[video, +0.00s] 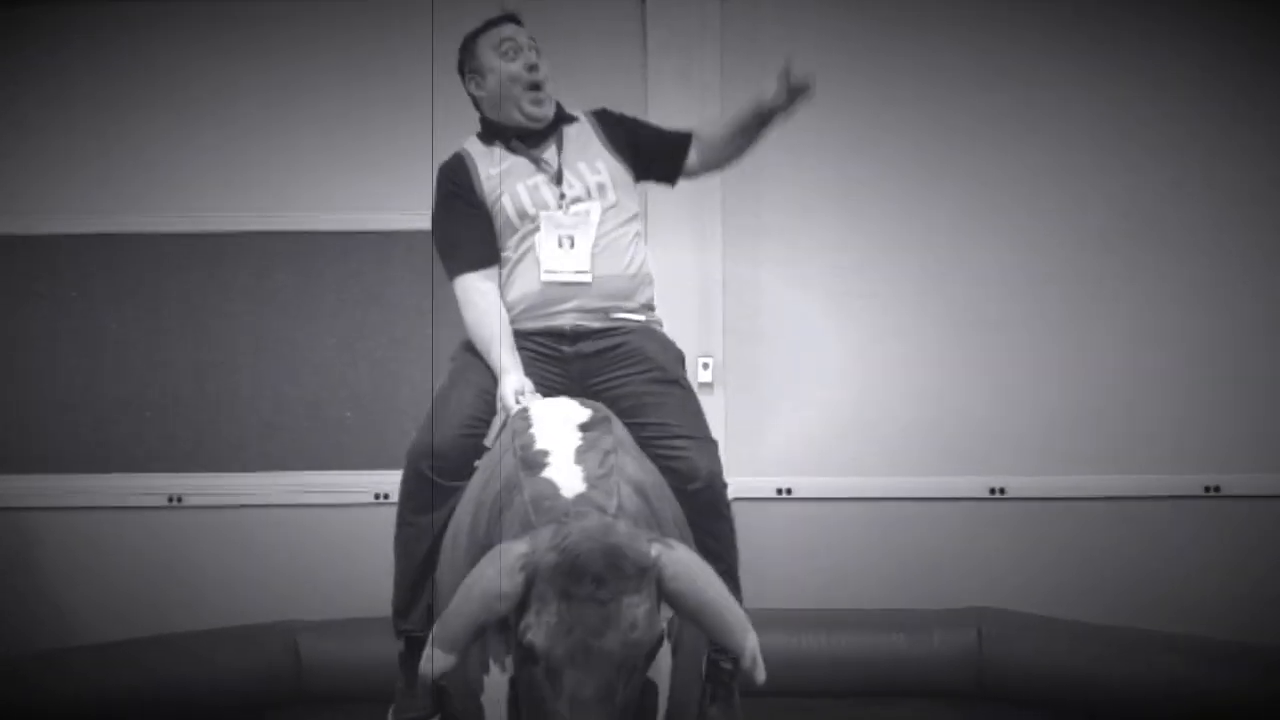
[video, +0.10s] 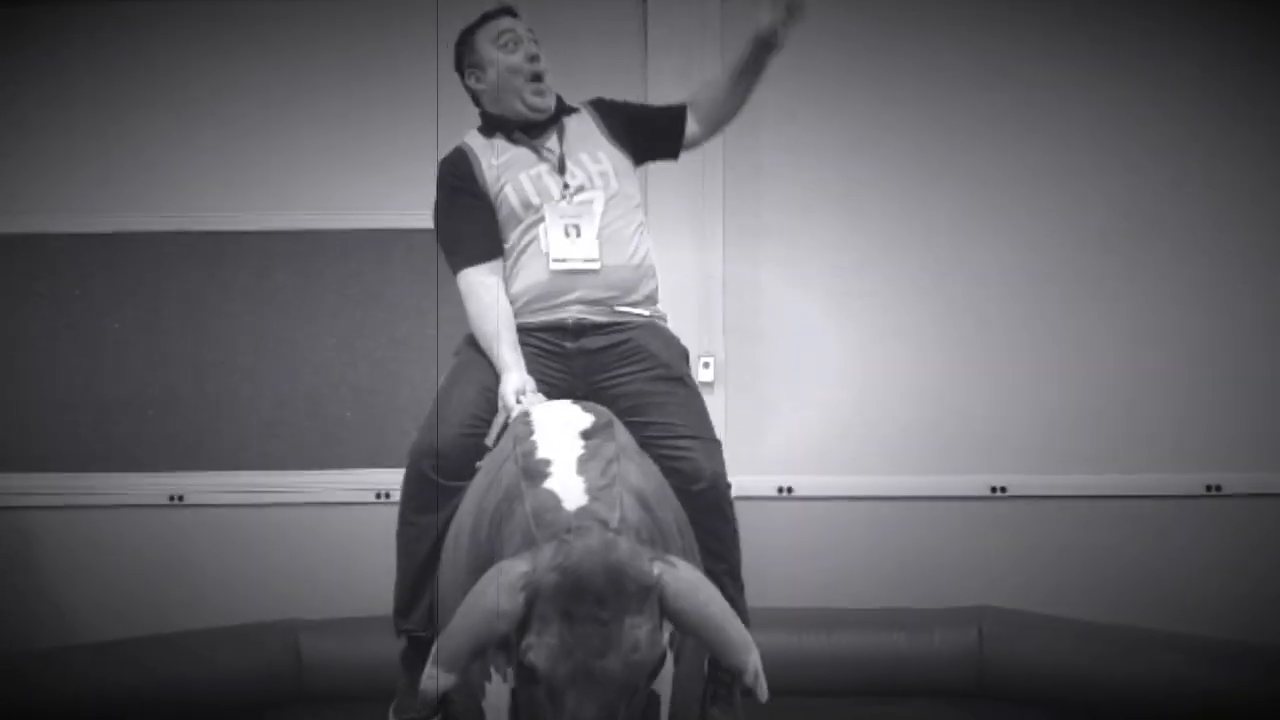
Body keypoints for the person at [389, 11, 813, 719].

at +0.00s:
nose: (533, 64)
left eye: (534, 51)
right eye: (509, 56)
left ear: (547, 65)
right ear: (474, 87)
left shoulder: (605, 132)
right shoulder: (466, 172)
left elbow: (699, 155)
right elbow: (474, 284)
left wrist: (765, 111)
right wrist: (508, 371)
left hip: (626, 339)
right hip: (519, 346)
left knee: (700, 476)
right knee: (434, 456)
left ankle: (725, 663)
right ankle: (418, 652)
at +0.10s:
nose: (532, 55)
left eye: (533, 43)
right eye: (508, 47)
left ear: (546, 61)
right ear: (474, 84)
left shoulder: (604, 121)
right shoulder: (467, 165)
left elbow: (701, 116)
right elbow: (479, 279)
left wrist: (761, 46)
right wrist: (510, 368)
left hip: (630, 336)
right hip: (523, 343)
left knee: (703, 475)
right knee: (436, 458)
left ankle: (730, 666)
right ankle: (420, 659)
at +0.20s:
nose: (533, 50)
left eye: (532, 38)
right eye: (509, 43)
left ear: (548, 57)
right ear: (477, 80)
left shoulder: (607, 114)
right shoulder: (470, 160)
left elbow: (694, 89)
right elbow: (483, 278)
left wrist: (742, 10)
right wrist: (513, 368)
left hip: (633, 331)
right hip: (521, 339)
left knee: (705, 475)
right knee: (437, 455)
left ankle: (728, 662)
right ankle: (423, 658)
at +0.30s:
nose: (529, 45)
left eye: (527, 35)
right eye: (505, 40)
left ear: (542, 55)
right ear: (473, 80)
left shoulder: (604, 111)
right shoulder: (469, 158)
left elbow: (685, 76)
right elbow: (485, 278)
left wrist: (717, 8)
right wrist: (514, 370)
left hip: (636, 328)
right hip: (525, 336)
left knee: (708, 474)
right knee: (438, 456)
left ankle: (730, 655)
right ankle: (421, 654)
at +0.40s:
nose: (528, 51)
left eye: (527, 43)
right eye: (506, 45)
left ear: (539, 63)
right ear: (467, 80)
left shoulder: (601, 111)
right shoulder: (468, 158)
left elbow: (677, 75)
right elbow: (487, 276)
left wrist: (701, 2)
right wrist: (516, 371)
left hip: (637, 328)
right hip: (522, 336)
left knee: (709, 477)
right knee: (439, 462)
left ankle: (728, 661)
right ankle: (421, 665)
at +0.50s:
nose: (519, 51)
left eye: (516, 45)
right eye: (496, 47)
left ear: (527, 66)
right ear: (461, 86)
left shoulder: (596, 112)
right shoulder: (465, 158)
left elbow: (670, 75)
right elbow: (485, 276)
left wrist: (681, 3)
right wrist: (514, 371)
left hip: (637, 328)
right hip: (521, 336)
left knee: (710, 480)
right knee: (438, 466)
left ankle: (730, 666)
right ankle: (419, 669)